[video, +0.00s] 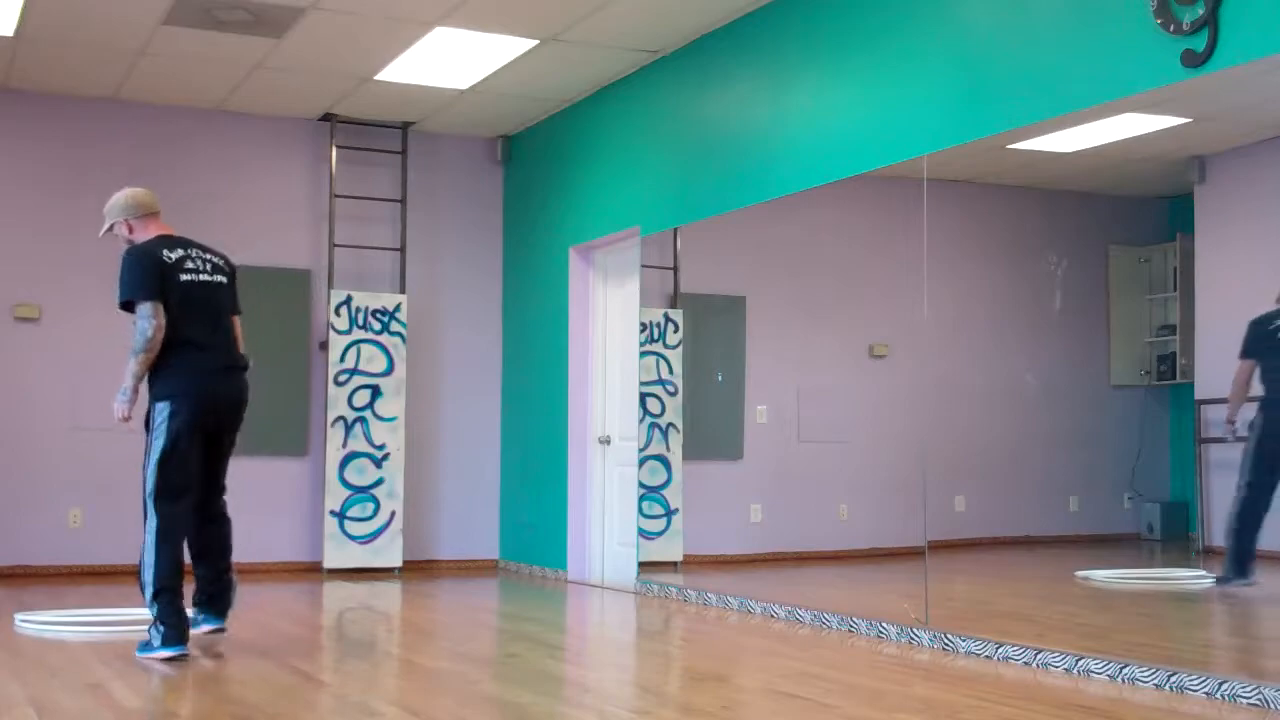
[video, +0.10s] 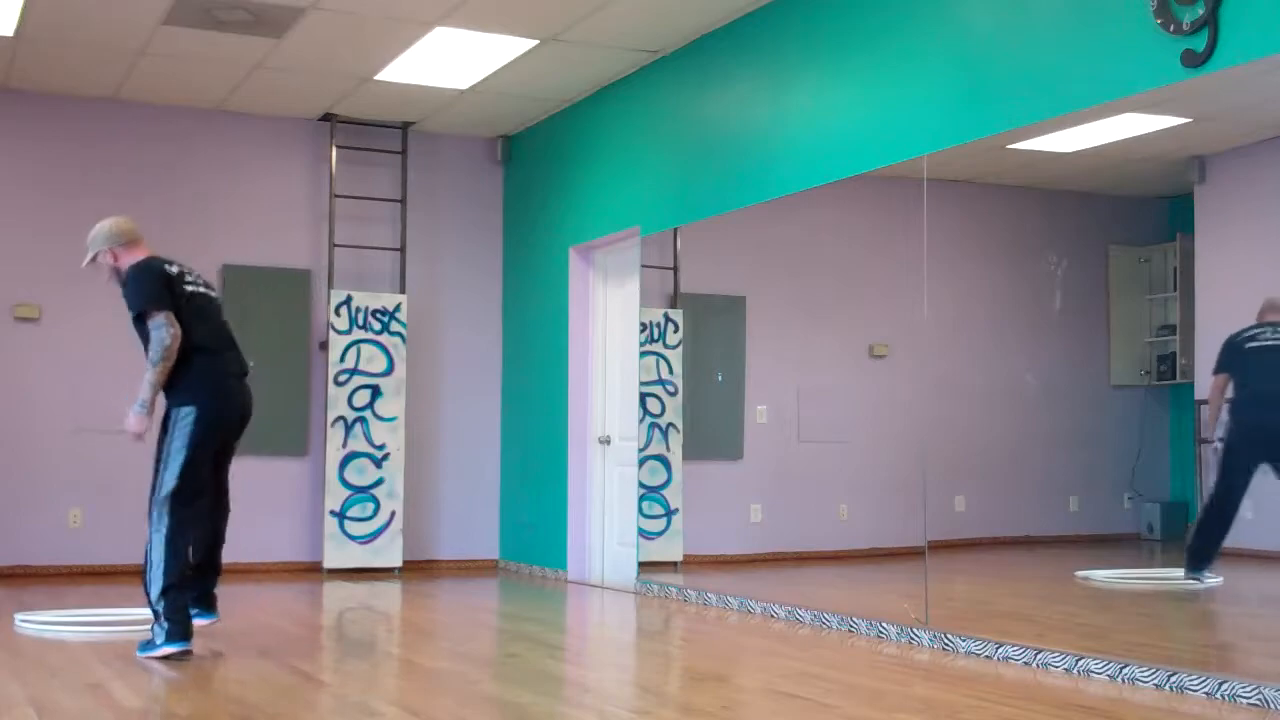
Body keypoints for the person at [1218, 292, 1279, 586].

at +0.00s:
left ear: (1276, 297)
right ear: (1276, 299)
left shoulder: (1264, 325)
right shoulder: (1264, 325)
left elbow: (1243, 377)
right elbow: (1244, 377)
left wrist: (1232, 414)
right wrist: (1233, 414)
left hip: (1273, 418)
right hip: (1271, 417)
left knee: (1255, 491)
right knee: (1255, 491)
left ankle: (1238, 567)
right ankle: (1238, 567)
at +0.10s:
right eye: (1276, 313)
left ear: (1259, 315)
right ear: (1278, 315)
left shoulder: (1239, 340)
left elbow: (1217, 388)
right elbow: (1218, 388)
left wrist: (1211, 429)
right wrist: (1211, 429)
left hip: (1246, 434)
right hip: (1274, 434)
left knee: (1225, 498)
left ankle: (1197, 563)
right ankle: (1198, 563)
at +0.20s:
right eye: (1262, 340)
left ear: (1239, 344)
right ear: (1263, 344)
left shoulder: (1210, 365)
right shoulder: (1269, 354)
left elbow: (1195, 416)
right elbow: (1273, 392)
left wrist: (1191, 465)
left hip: (1212, 446)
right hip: (1252, 443)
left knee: (1193, 506)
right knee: (1276, 498)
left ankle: (1177, 570)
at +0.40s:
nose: (1230, 437)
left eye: (1231, 433)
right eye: (1231, 431)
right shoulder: (1238, 401)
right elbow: (1232, 395)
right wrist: (1222, 428)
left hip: (1159, 420)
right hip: (1192, 419)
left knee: (1174, 500)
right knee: (1220, 501)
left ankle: (1178, 573)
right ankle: (1246, 572)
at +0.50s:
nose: (1211, 454)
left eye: (1214, 456)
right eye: (1217, 453)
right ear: (1224, 441)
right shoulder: (1227, 418)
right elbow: (1216, 402)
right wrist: (1201, 428)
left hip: (1141, 426)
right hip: (1172, 421)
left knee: (1164, 494)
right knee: (1187, 490)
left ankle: (1177, 571)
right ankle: (1194, 557)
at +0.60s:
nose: (1207, 455)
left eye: (1211, 456)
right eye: (1214, 451)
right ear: (1220, 439)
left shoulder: (1187, 444)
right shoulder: (1216, 418)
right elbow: (1197, 404)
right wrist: (1180, 428)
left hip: (1126, 428)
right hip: (1153, 420)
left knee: (1157, 495)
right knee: (1168, 489)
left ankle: (1178, 571)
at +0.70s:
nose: (1210, 438)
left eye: (1212, 438)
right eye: (1216, 433)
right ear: (1217, 419)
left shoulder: (1177, 431)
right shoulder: (1205, 402)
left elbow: (1164, 481)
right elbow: (1178, 395)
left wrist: (1175, 529)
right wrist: (1159, 426)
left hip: (1114, 430)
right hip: (1134, 422)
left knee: (1156, 495)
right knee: (1144, 488)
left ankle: (1176, 571)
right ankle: (1085, 527)